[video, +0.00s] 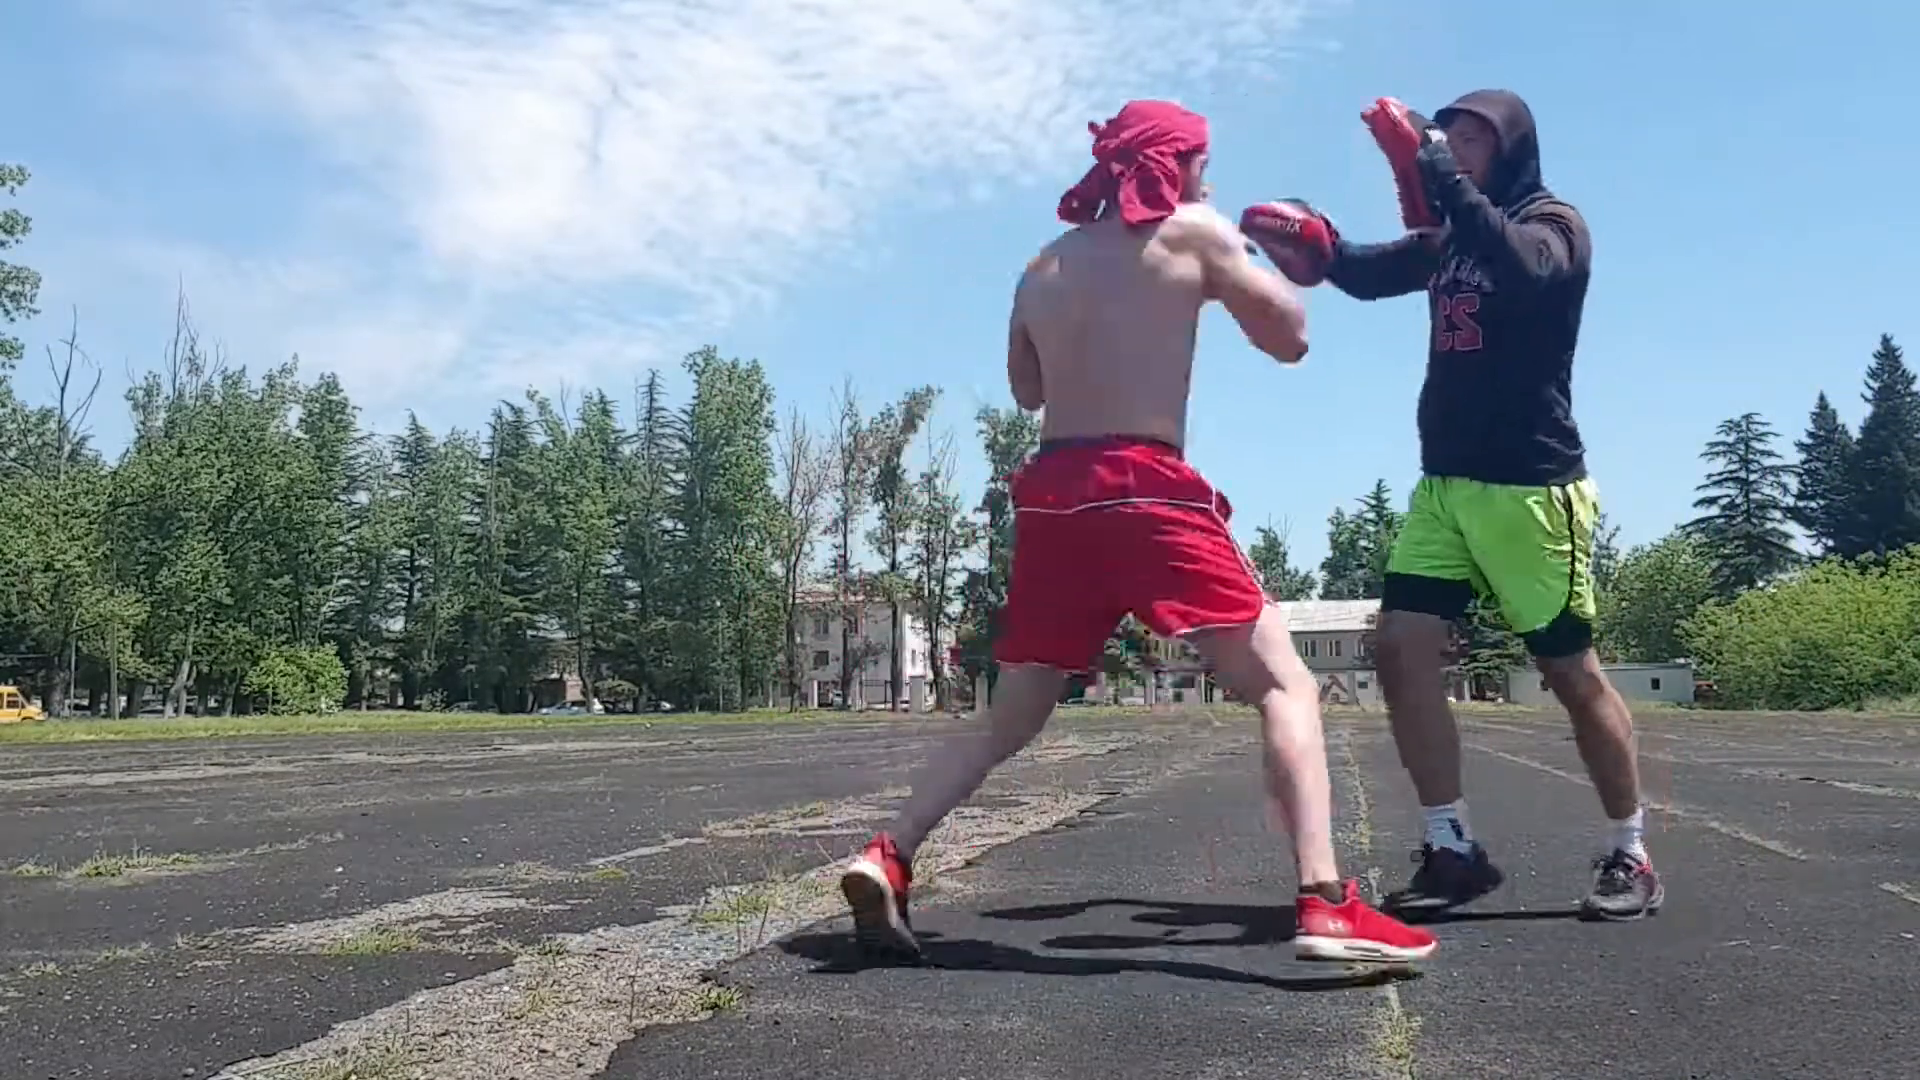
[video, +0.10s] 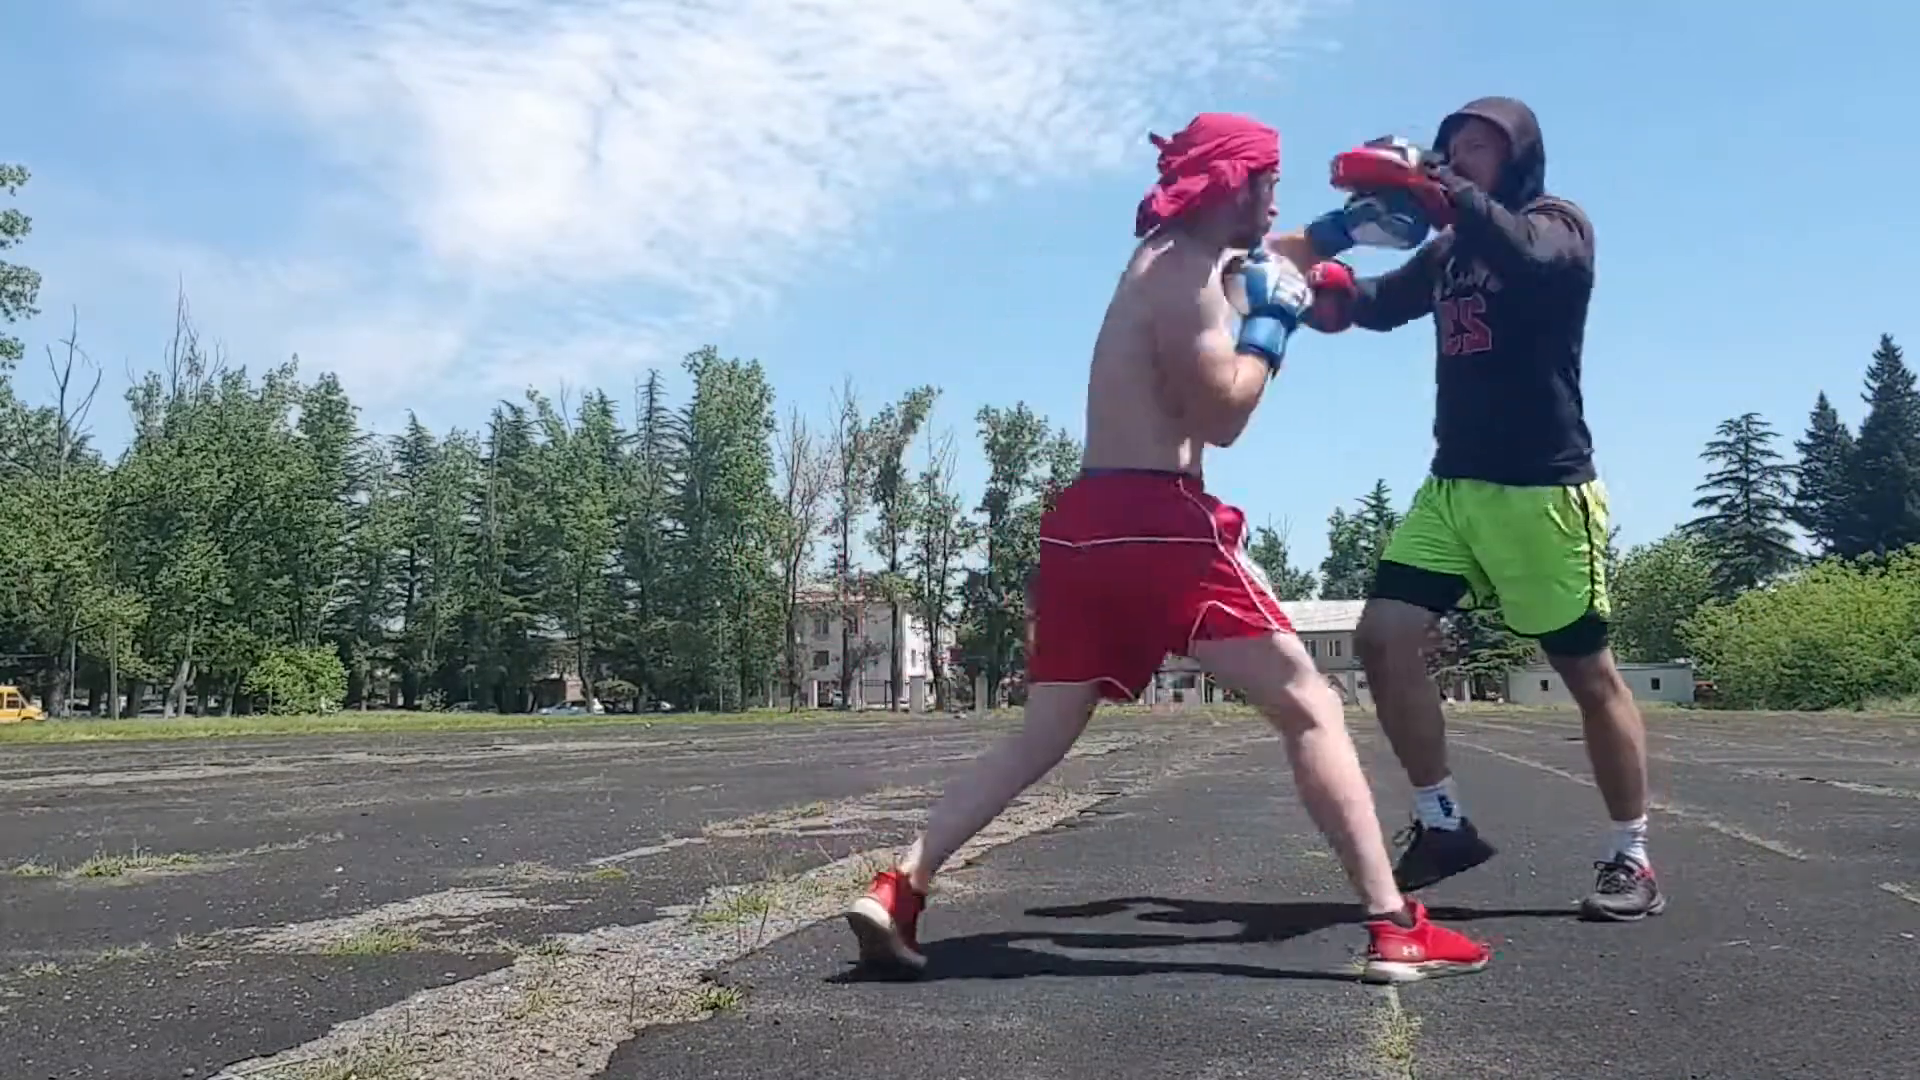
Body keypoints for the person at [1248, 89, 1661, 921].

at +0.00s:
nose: (1447, 150)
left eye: (1466, 135)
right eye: (1442, 137)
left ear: (1510, 148)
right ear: (1441, 155)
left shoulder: (1556, 225)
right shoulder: (1450, 238)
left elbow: (1528, 268)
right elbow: (1374, 271)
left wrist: (1447, 183)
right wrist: (1323, 252)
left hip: (1532, 489)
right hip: (1444, 487)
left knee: (1574, 675)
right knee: (1403, 648)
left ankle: (1631, 856)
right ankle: (1451, 851)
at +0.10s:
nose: (1454, 162)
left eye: (1474, 147)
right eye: (1448, 152)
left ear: (1518, 157)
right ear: (1445, 165)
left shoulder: (1558, 224)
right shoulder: (1448, 248)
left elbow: (1531, 254)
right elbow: (1383, 304)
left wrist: (1441, 192)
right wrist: (1320, 286)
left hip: (1545, 492)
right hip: (1452, 489)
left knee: (1593, 677)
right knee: (1386, 640)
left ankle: (1632, 860)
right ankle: (1443, 826)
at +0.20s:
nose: (1461, 154)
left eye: (1479, 142)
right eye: (1452, 145)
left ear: (1516, 159)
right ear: (1439, 166)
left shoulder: (1563, 235)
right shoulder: (1441, 257)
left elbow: (1636, 271)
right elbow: (1374, 345)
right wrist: (1323, 330)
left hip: (1544, 487)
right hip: (1451, 486)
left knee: (1589, 673)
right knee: (1389, 646)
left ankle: (1629, 856)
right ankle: (1442, 804)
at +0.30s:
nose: (1457, 167)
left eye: (1473, 152)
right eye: (1444, 158)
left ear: (1510, 163)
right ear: (1435, 179)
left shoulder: (1565, 243)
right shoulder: (1432, 267)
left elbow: (1675, 328)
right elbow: (1394, 362)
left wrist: (1632, 275)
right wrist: (1335, 369)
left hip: (1543, 490)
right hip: (1445, 490)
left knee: (1590, 674)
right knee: (1409, 660)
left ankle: (1632, 860)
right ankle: (1437, 809)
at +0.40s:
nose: (1454, 176)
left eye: (1471, 162)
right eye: (1441, 167)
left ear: (1503, 173)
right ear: (1428, 184)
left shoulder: (1550, 252)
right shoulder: (1409, 272)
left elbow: (1636, 348)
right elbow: (1340, 369)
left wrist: (1627, 340)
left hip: (1535, 495)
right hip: (1436, 499)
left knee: (1582, 679)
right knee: (1429, 676)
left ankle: (1630, 858)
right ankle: (1439, 834)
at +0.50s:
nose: (1446, 191)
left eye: (1462, 179)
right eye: (1433, 181)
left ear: (1492, 190)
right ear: (1415, 195)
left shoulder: (1533, 267)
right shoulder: (1392, 272)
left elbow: (1630, 361)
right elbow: (1318, 313)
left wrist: (1612, 305)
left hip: (1518, 502)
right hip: (1420, 509)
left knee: (1551, 671)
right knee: (1432, 689)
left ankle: (1607, 851)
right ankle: (1450, 847)